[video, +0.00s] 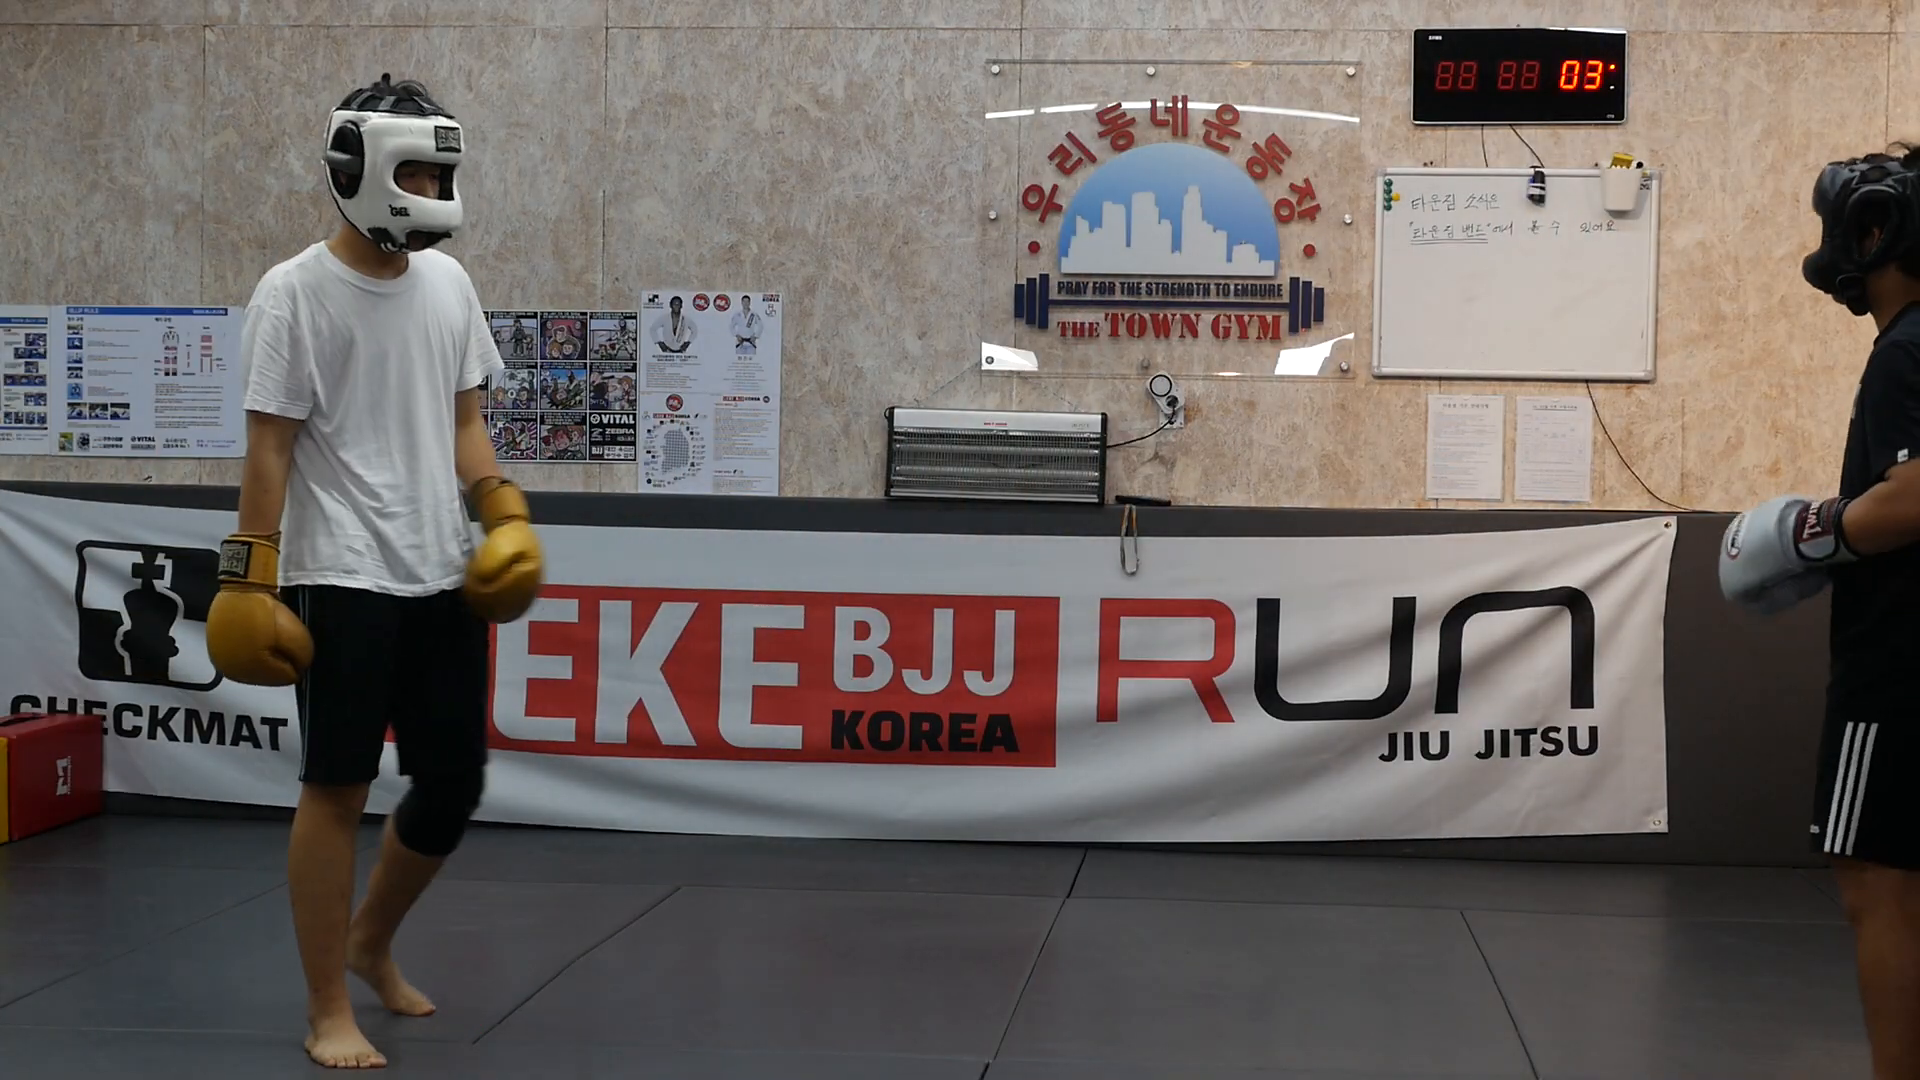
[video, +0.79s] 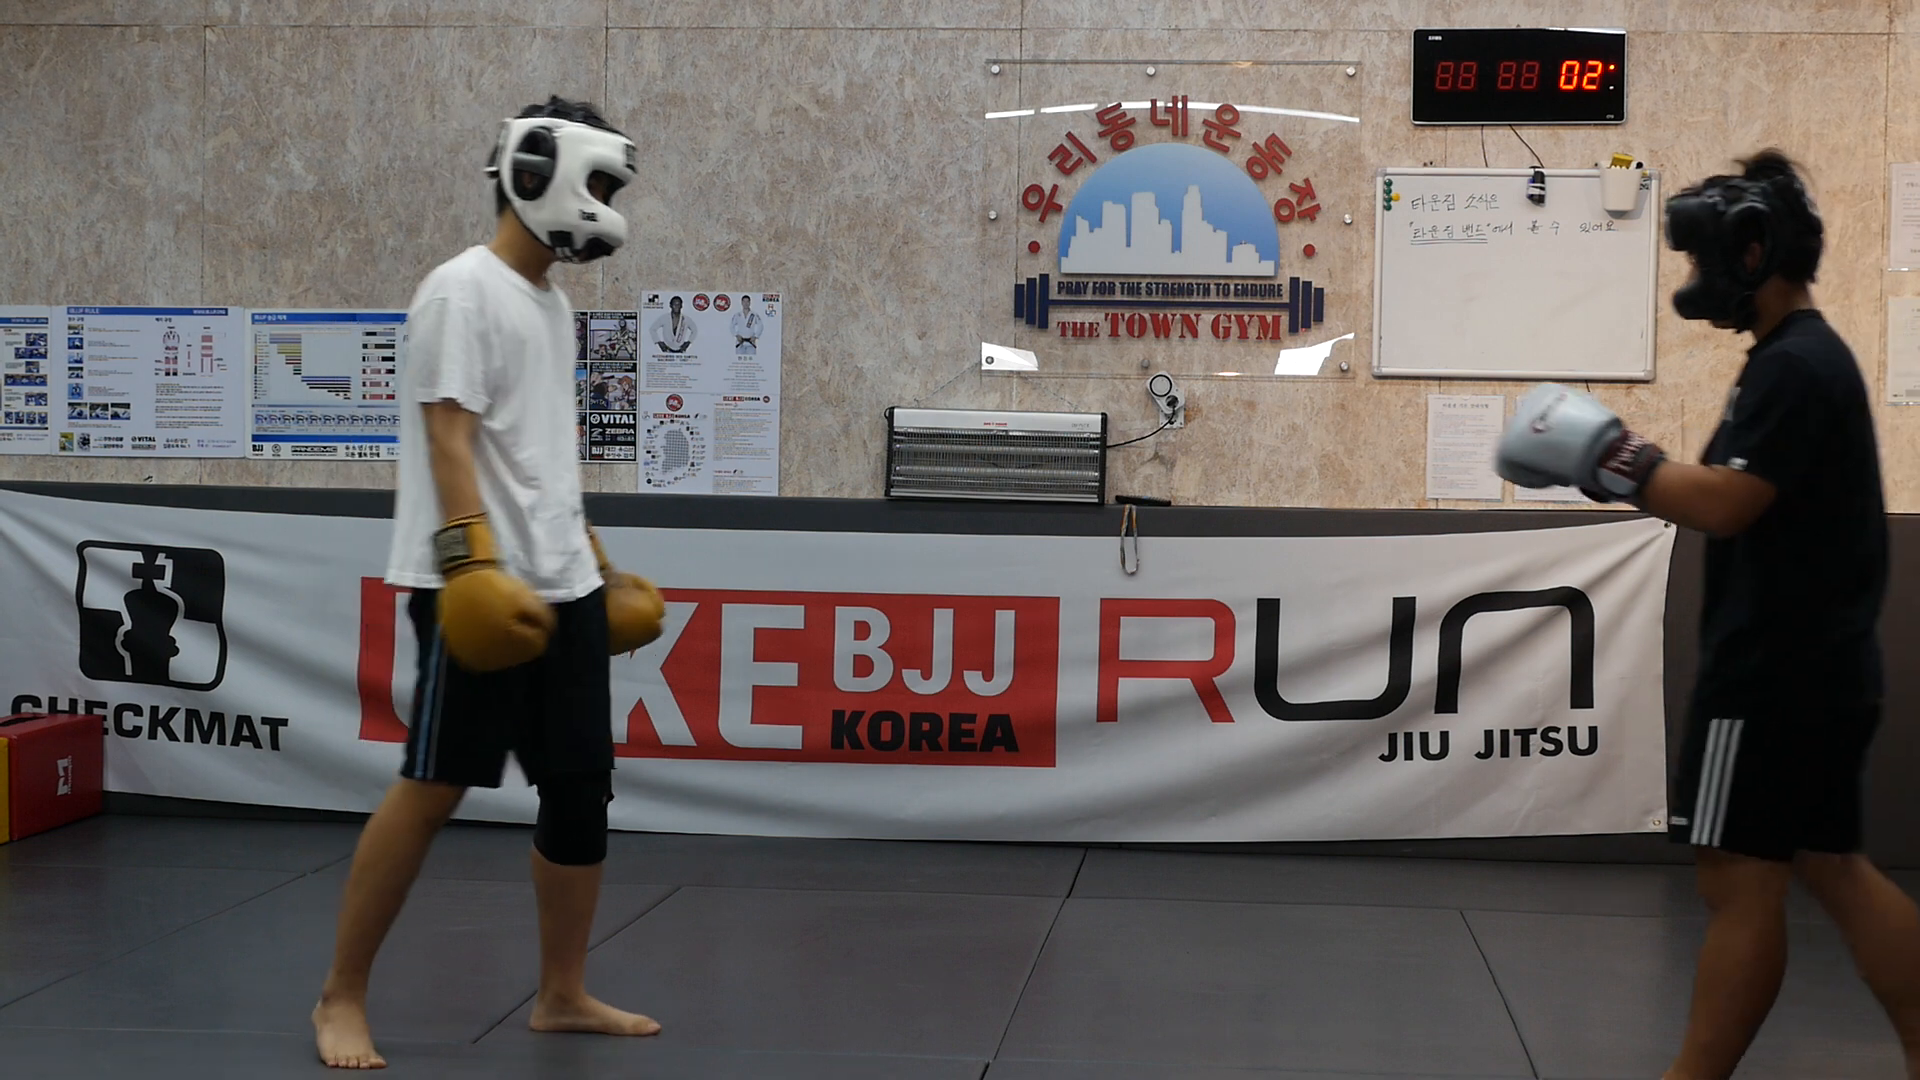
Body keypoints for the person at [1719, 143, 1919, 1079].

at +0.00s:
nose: (1840, 276)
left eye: (1843, 255)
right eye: (1839, 259)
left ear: (1876, 244)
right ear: (1899, 244)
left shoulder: (1907, 347)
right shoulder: (1904, 343)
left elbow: (1909, 491)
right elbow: (1900, 491)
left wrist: (1819, 532)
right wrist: (1823, 534)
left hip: (1895, 669)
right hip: (1892, 662)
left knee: (1875, 881)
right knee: (1881, 879)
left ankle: (1896, 1064)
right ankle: (1897, 1060)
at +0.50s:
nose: (1792, 268)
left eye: (1801, 248)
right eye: (1793, 249)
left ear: (1842, 249)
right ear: (1866, 249)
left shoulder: (1889, 350)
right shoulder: (1884, 344)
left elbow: (1881, 500)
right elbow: (1870, 497)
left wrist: (1764, 491)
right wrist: (1767, 497)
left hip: (1869, 653)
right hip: (1885, 647)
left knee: (1783, 847)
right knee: (1909, 850)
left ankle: (1769, 1065)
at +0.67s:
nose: (1743, 279)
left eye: (1753, 258)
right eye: (1743, 260)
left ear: (1801, 258)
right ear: (1813, 259)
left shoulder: (1843, 364)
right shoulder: (1847, 358)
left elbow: (1798, 505)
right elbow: (1798, 504)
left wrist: (1679, 473)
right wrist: (1696, 479)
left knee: (1771, 885)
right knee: (1903, 877)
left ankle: (1704, 1067)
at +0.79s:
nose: (1697, 276)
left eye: (1708, 257)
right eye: (1698, 257)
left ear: (1756, 259)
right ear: (1767, 260)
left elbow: (1729, 503)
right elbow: (1740, 498)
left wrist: (1617, 463)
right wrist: (1643, 467)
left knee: (1738, 882)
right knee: (1835, 866)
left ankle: (1696, 1071)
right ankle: (1919, 1048)